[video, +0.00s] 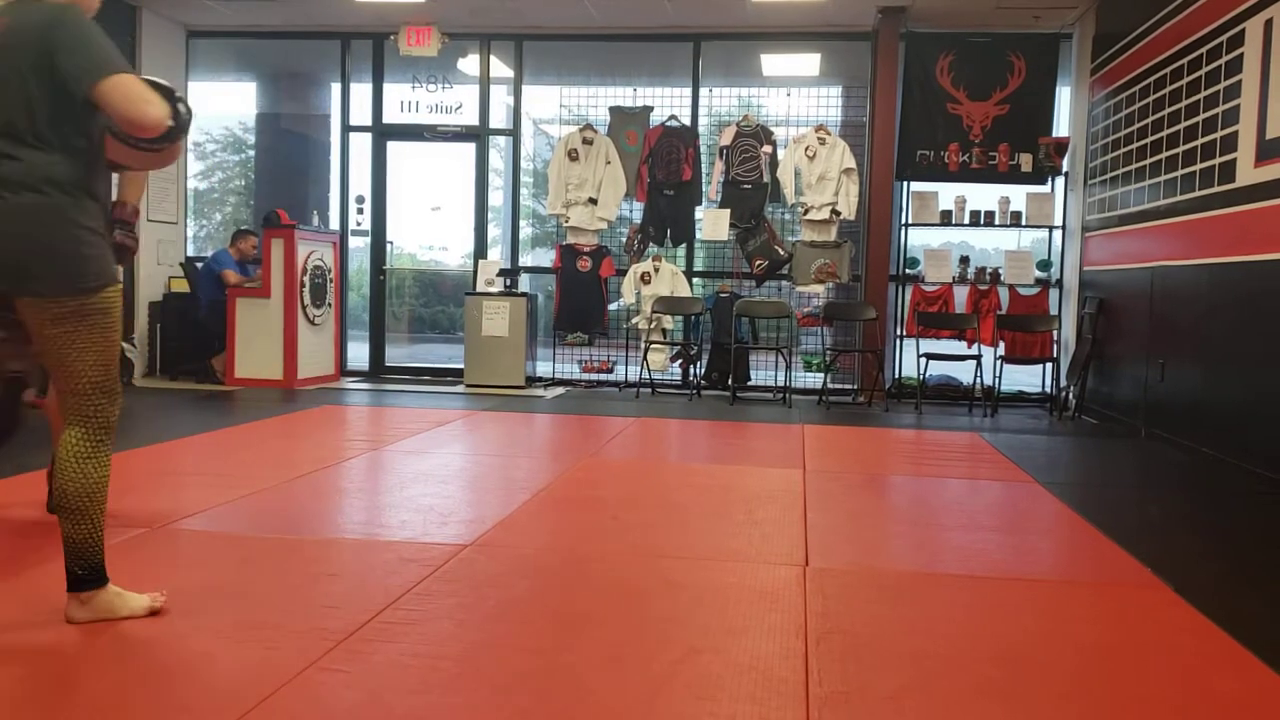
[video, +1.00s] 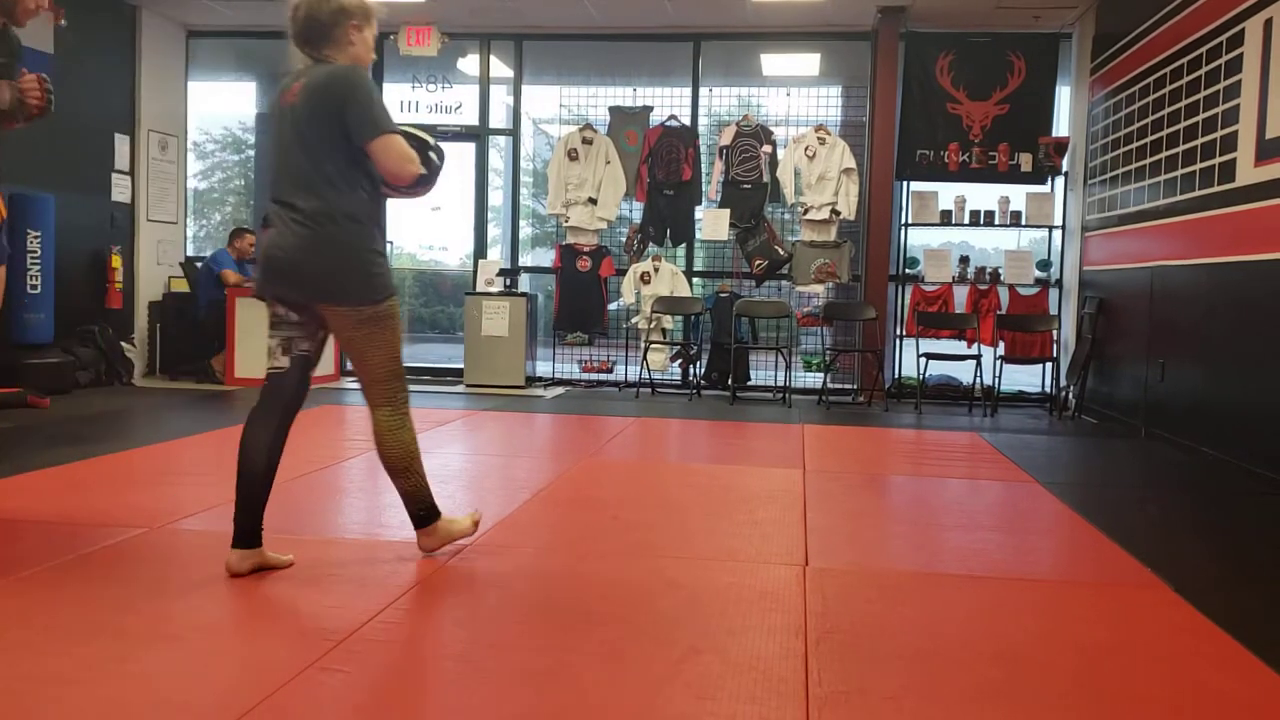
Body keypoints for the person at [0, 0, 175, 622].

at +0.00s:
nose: (101, 5)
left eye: (101, 4)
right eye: (98, 1)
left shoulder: (18, 25)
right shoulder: (57, 23)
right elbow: (147, 118)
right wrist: (161, 101)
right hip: (53, 240)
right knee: (88, 416)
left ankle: (86, 585)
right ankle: (88, 588)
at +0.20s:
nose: (165, 6)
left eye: (164, 2)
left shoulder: (47, 39)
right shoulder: (137, 29)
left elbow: (83, 133)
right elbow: (224, 123)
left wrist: (177, 148)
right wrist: (149, 127)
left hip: (54, 239)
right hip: (124, 240)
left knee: (119, 397)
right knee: (110, 414)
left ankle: (62, 548)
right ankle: (91, 587)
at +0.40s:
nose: (216, 12)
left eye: (214, 3)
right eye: (211, 3)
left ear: (147, 6)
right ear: (188, 4)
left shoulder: (104, 61)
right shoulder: (199, 49)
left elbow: (120, 151)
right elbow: (282, 140)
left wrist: (229, 162)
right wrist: (226, 157)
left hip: (119, 244)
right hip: (182, 245)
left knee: (199, 399)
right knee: (136, 417)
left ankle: (237, 545)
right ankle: (92, 583)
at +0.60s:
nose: (268, 12)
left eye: (266, 3)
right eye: (263, 4)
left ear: (202, 13)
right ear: (245, 7)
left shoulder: (173, 73)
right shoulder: (254, 55)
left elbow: (200, 159)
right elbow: (326, 143)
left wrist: (283, 160)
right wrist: (319, 153)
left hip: (188, 251)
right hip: (244, 253)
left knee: (242, 398)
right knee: (233, 405)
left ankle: (244, 547)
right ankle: (133, 542)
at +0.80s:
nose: (321, 20)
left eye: (319, 10)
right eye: (317, 10)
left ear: (256, 17)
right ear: (295, 12)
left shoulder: (232, 76)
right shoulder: (296, 63)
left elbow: (267, 154)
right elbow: (357, 147)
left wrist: (338, 168)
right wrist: (375, 140)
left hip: (231, 251)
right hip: (292, 252)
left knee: (258, 389)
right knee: (348, 385)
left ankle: (243, 548)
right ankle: (288, 529)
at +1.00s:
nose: (373, 45)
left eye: (372, 35)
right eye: (371, 34)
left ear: (310, 38)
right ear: (352, 32)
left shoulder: (289, 93)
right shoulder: (349, 80)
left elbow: (326, 171)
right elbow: (400, 170)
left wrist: (396, 173)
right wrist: (419, 157)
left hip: (284, 259)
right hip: (347, 260)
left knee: (279, 395)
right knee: (388, 397)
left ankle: (245, 545)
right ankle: (429, 524)